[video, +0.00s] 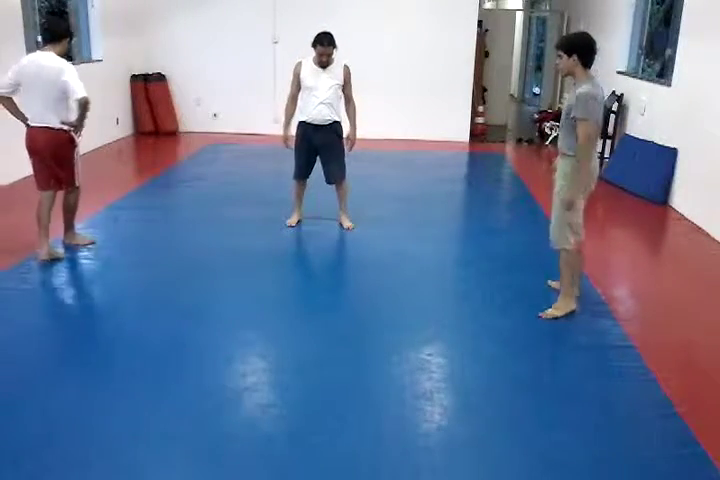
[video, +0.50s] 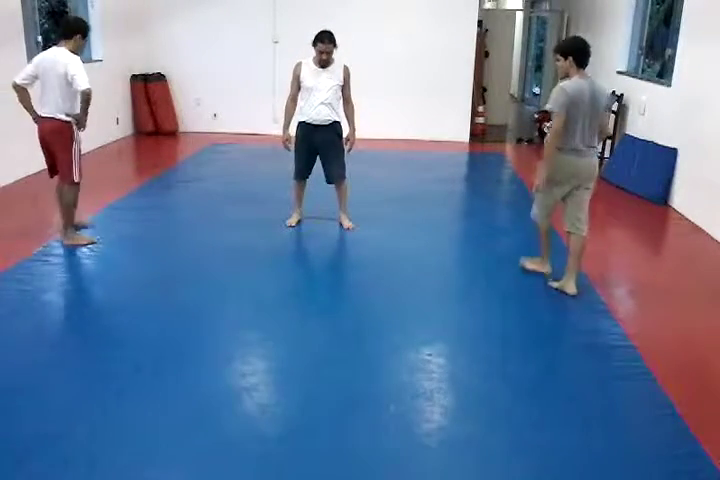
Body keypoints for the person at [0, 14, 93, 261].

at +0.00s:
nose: (69, 46)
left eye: (68, 41)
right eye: (68, 41)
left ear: (43, 38)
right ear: (64, 40)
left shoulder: (25, 63)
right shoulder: (63, 67)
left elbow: (4, 93)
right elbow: (83, 100)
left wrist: (23, 119)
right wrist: (79, 123)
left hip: (34, 134)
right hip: (60, 135)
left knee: (46, 190)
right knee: (71, 186)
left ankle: (44, 247)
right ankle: (70, 235)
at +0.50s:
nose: (83, 45)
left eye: (84, 41)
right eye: (83, 41)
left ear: (62, 36)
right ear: (76, 38)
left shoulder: (43, 56)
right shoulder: (71, 59)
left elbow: (19, 84)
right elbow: (86, 91)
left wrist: (33, 113)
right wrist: (82, 117)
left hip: (44, 124)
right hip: (63, 125)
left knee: (63, 177)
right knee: (72, 180)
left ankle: (68, 222)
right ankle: (69, 234)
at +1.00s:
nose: (86, 40)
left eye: (87, 35)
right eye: (84, 34)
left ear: (74, 33)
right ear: (70, 32)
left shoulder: (67, 58)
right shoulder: (53, 54)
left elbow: (74, 93)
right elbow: (40, 85)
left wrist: (89, 116)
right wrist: (67, 112)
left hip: (68, 121)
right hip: (57, 121)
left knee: (70, 173)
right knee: (63, 175)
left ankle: (69, 218)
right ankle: (61, 229)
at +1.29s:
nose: (78, 37)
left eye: (78, 32)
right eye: (75, 32)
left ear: (68, 32)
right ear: (61, 33)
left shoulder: (67, 59)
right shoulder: (43, 58)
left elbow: (80, 95)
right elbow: (35, 94)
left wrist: (103, 113)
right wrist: (48, 121)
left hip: (71, 123)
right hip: (54, 124)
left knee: (70, 177)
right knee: (54, 181)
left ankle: (70, 220)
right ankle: (55, 232)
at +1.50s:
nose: (73, 36)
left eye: (74, 31)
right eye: (69, 31)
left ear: (63, 33)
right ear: (55, 32)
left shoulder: (66, 58)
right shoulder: (38, 60)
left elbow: (72, 98)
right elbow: (37, 101)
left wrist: (84, 126)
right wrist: (44, 136)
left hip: (69, 123)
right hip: (51, 126)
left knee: (82, 171)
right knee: (51, 181)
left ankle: (72, 215)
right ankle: (53, 232)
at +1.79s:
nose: (74, 36)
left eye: (75, 31)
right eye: (69, 32)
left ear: (69, 33)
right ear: (55, 34)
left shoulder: (69, 57)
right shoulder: (41, 62)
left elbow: (71, 93)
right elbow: (39, 101)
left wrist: (75, 122)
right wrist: (53, 136)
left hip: (73, 124)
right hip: (56, 127)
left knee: (76, 175)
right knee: (54, 181)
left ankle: (77, 217)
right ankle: (53, 232)